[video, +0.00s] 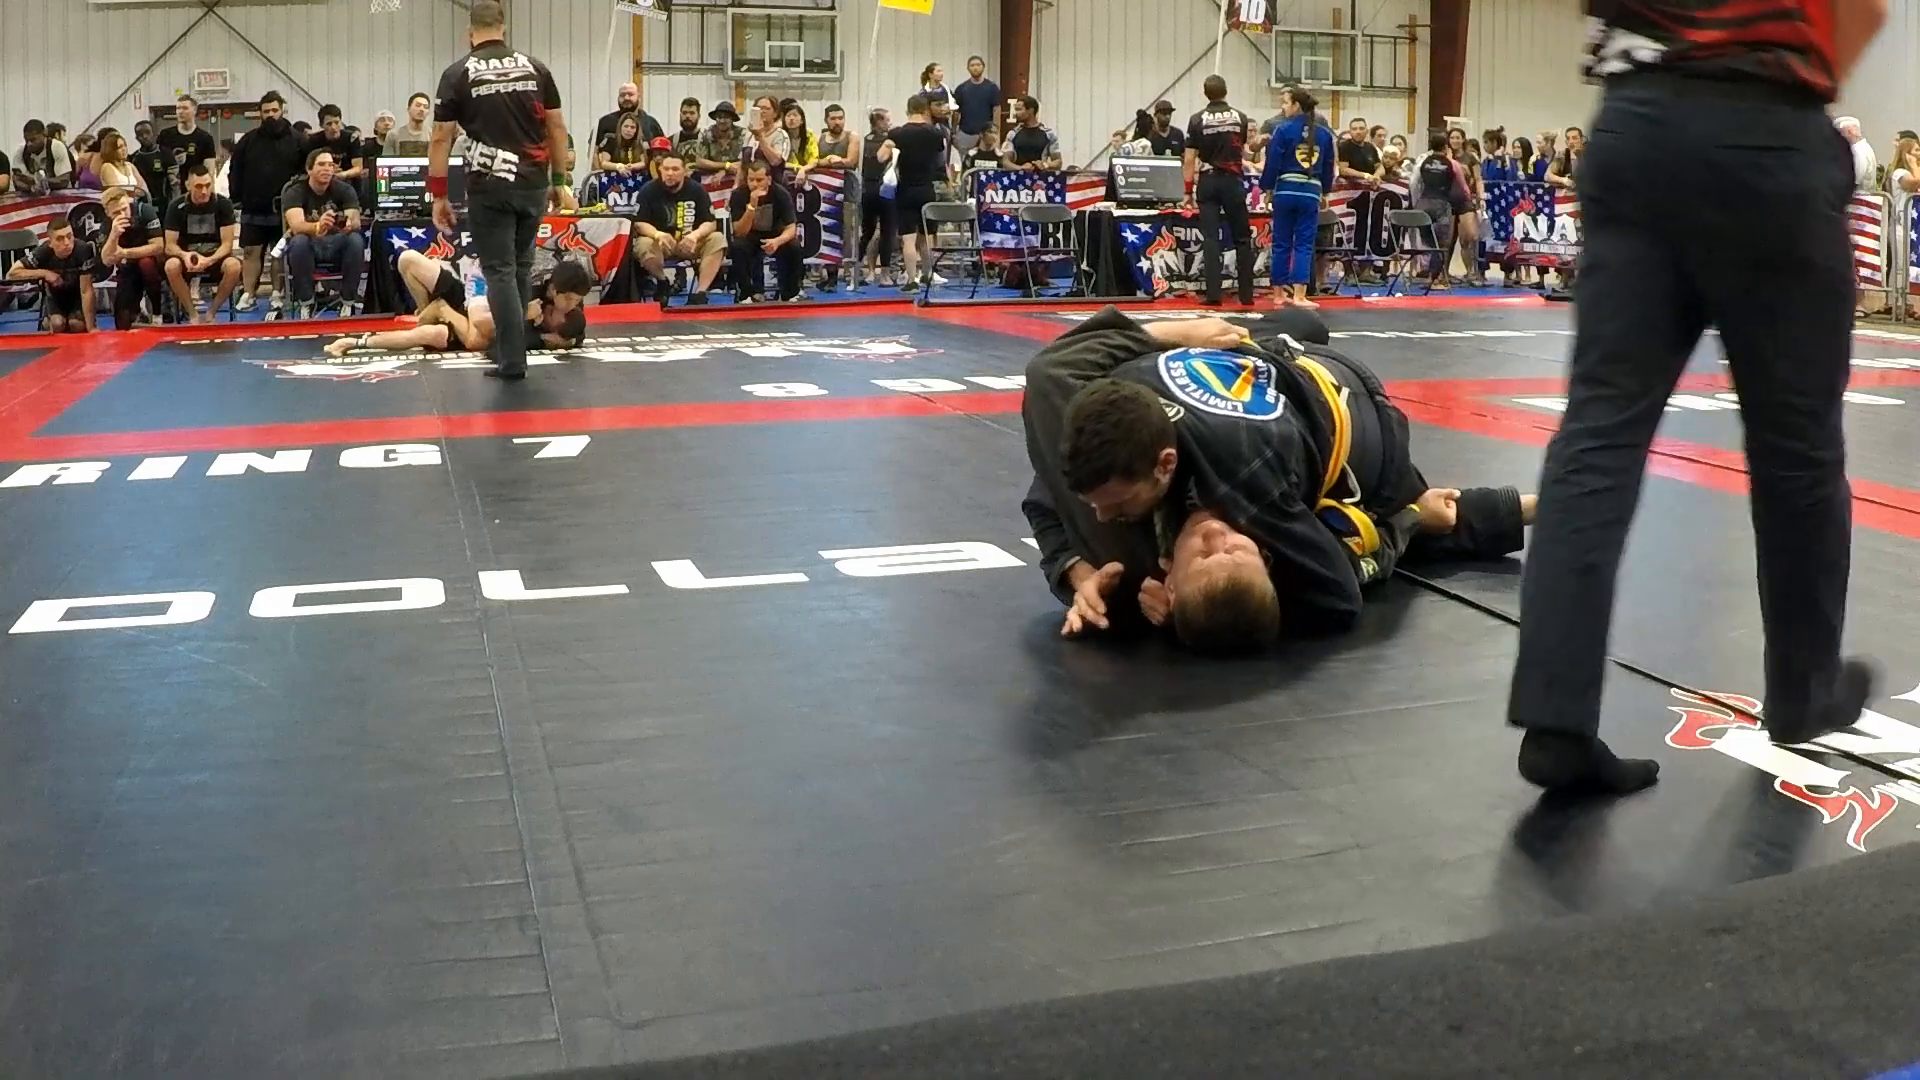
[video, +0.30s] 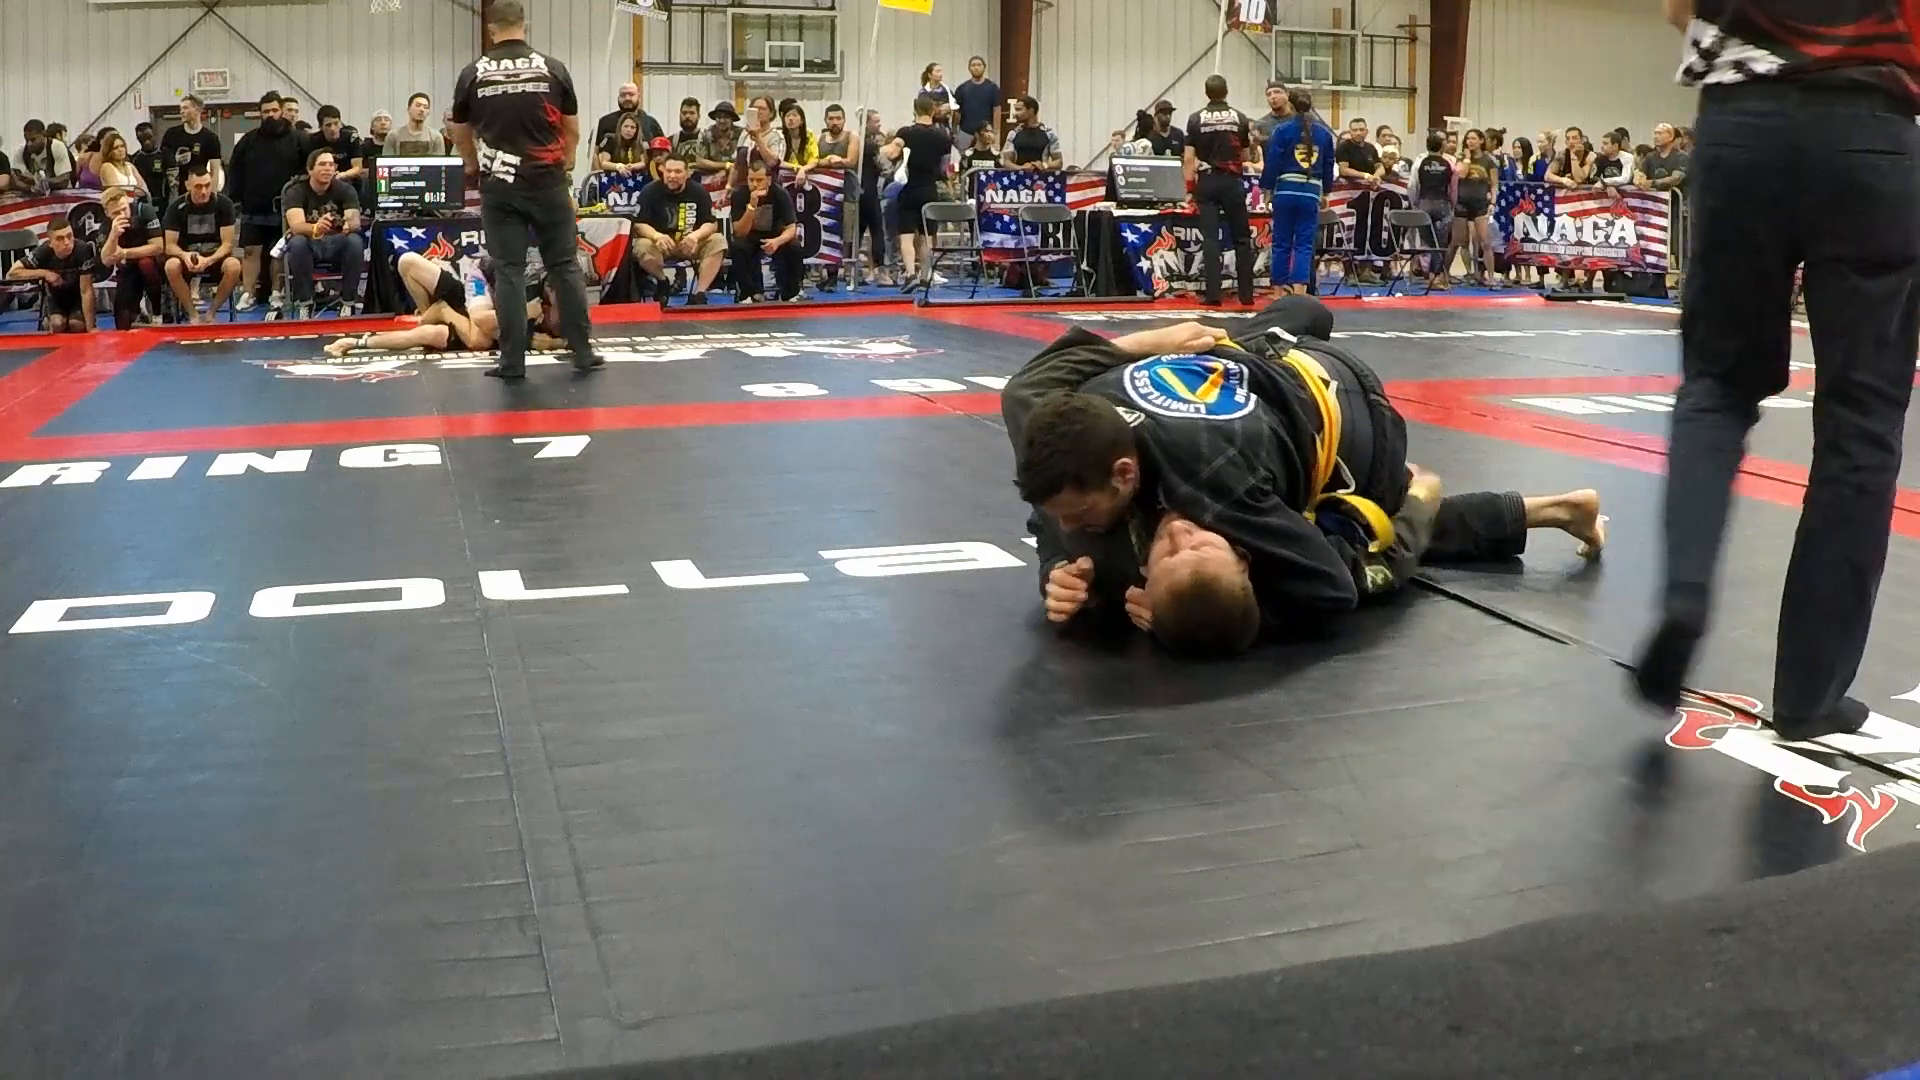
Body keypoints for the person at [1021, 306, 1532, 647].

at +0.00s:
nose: (1103, 514)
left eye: (1118, 503)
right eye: (1093, 501)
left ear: (1166, 465)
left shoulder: (1249, 491)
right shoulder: (1081, 412)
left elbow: (1338, 602)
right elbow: (1045, 505)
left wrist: (1188, 611)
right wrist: (1075, 571)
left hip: (1356, 429)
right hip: (1278, 361)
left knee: (1422, 513)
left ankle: (1581, 518)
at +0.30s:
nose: (1061, 519)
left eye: (1073, 507)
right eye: (1049, 507)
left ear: (1122, 478)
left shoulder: (1227, 500)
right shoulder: (1063, 438)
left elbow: (1334, 596)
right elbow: (1053, 527)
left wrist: (1189, 617)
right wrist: (1063, 581)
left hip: (1357, 432)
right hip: (1284, 364)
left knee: (1410, 526)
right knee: (1287, 312)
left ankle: (1564, 509)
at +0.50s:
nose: (1059, 526)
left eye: (1069, 514)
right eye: (1044, 516)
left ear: (1115, 477)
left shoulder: (1216, 494)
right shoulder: (1067, 438)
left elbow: (1330, 592)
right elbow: (1061, 532)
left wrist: (1190, 617)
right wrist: (1066, 580)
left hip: (1348, 420)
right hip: (1276, 360)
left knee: (1433, 528)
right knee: (1289, 319)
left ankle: (1570, 511)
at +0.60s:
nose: (1056, 524)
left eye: (1066, 511)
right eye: (1043, 513)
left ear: (1115, 478)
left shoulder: (1215, 498)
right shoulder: (1066, 442)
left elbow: (1330, 597)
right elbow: (1063, 536)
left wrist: (1183, 618)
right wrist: (1066, 582)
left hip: (1322, 423)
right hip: (1252, 360)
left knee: (1417, 532)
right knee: (1283, 316)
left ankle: (1571, 510)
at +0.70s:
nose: (1058, 530)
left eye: (1067, 517)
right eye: (1045, 520)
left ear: (1116, 482)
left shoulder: (1222, 498)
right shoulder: (1060, 439)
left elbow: (1329, 604)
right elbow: (1066, 534)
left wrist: (1199, 615)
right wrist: (1068, 584)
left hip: (1344, 401)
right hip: (1267, 355)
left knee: (1404, 538)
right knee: (1281, 310)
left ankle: (1567, 509)